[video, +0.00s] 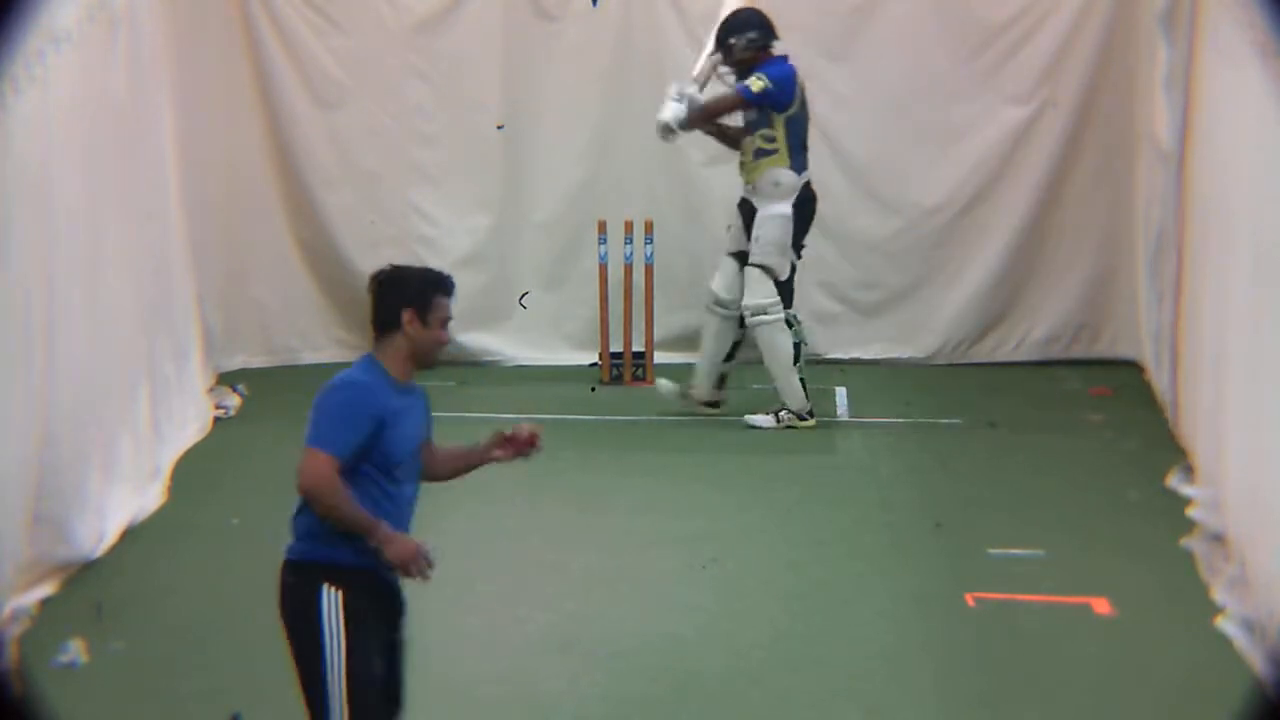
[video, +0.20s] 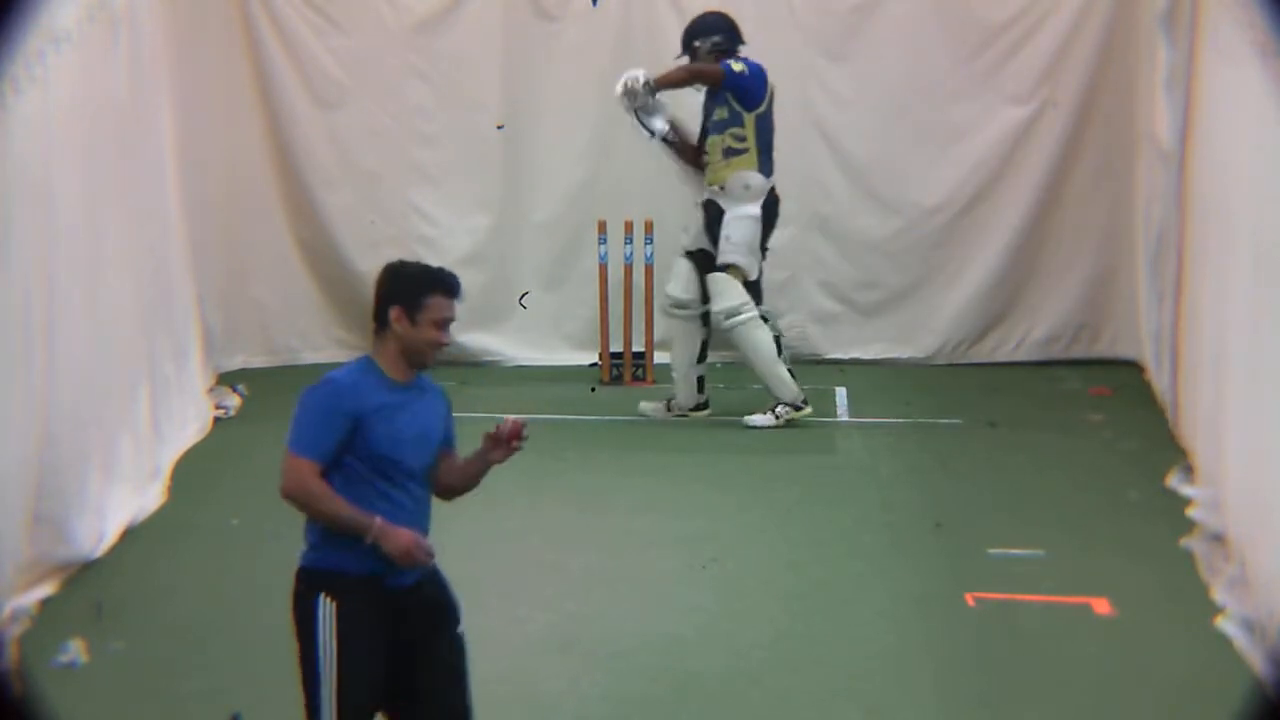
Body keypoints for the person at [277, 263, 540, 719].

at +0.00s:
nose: (448, 335)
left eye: (448, 324)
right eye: (443, 323)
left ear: (412, 323)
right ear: (409, 322)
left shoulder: (411, 396)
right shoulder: (353, 391)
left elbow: (422, 463)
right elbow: (314, 478)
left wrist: (487, 453)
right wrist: (385, 537)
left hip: (373, 581)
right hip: (329, 583)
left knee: (382, 707)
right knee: (345, 712)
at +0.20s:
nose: (448, 339)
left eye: (449, 326)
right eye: (440, 326)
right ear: (398, 319)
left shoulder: (432, 397)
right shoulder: (336, 394)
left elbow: (445, 482)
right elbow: (296, 482)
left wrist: (485, 457)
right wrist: (379, 531)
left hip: (415, 586)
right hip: (343, 590)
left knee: (443, 710)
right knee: (342, 712)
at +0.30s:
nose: (454, 348)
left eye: (456, 336)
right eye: (445, 336)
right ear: (401, 328)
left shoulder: (448, 405)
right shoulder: (337, 406)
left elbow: (461, 492)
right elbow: (304, 499)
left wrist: (492, 472)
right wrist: (389, 541)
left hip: (430, 602)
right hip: (349, 606)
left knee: (459, 711)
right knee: (342, 712)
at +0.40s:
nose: (466, 360)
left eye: (469, 347)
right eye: (455, 347)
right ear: (411, 339)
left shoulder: (467, 417)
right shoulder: (352, 417)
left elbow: (483, 503)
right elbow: (317, 513)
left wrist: (508, 488)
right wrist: (401, 554)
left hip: (443, 612)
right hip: (360, 614)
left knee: (463, 712)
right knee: (348, 713)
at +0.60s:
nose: (504, 383)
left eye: (510, 371)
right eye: (494, 368)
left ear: (516, 369)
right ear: (452, 359)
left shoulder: (514, 439)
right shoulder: (394, 434)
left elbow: (529, 534)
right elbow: (351, 526)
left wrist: (548, 524)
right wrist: (417, 599)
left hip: (483, 629)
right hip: (398, 631)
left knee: (491, 711)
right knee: (392, 712)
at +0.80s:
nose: (528, 370)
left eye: (537, 358)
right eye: (517, 355)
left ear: (545, 354)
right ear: (479, 343)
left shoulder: (556, 424)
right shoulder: (419, 419)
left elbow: (582, 524)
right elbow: (367, 504)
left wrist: (573, 504)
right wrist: (365, 600)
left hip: (521, 617)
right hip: (441, 618)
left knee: (525, 712)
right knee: (442, 712)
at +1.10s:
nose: (539, 397)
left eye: (551, 385)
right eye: (525, 383)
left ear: (562, 388)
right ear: (496, 382)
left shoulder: (591, 458)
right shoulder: (453, 463)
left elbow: (633, 546)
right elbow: (401, 551)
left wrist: (605, 554)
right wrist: (365, 645)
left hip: (563, 659)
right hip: (482, 658)